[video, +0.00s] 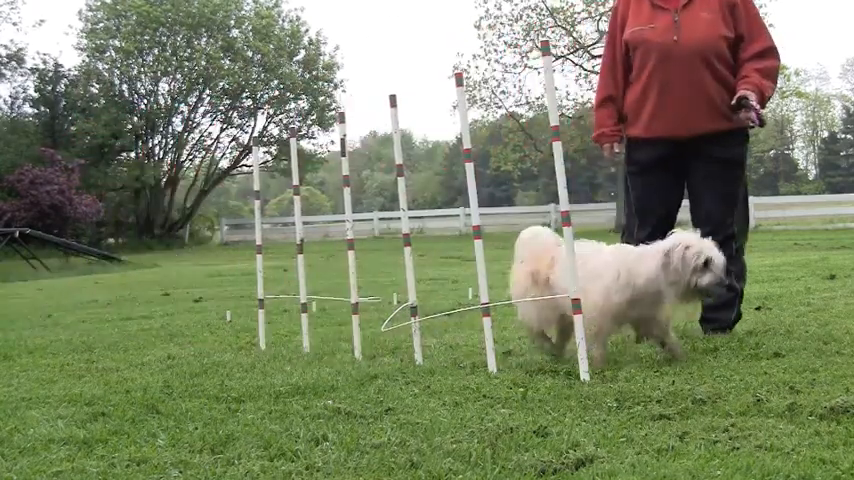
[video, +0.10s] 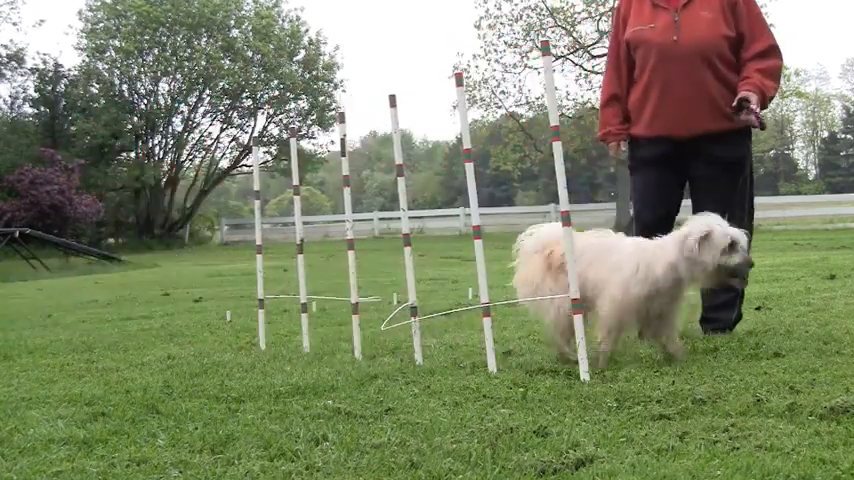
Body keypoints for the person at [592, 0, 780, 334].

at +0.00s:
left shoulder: (731, 4)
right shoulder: (628, 5)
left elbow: (760, 51)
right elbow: (613, 64)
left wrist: (751, 89)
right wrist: (608, 122)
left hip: (719, 134)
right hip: (649, 138)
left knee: (721, 235)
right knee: (644, 238)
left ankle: (719, 326)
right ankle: (644, 323)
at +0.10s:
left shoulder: (733, 4)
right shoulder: (630, 5)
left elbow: (762, 51)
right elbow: (617, 63)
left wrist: (753, 88)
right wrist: (613, 121)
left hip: (722, 134)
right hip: (652, 138)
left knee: (725, 234)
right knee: (646, 236)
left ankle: (719, 328)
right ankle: (646, 323)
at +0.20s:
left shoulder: (732, 4)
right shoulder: (630, 5)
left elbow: (763, 53)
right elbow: (618, 64)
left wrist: (754, 92)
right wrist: (614, 121)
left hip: (723, 133)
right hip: (652, 136)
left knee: (725, 233)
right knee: (645, 228)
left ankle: (719, 326)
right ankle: (652, 324)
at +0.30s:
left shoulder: (729, 4)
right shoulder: (629, 5)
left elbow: (759, 54)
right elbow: (616, 63)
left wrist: (750, 95)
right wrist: (612, 120)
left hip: (721, 133)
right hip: (650, 136)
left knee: (722, 233)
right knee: (643, 224)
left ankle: (722, 319)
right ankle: (658, 320)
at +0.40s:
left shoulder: (722, 4)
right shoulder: (624, 5)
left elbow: (753, 56)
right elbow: (610, 65)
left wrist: (744, 96)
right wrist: (607, 121)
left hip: (717, 137)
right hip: (646, 142)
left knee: (717, 239)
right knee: (647, 237)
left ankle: (715, 319)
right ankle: (652, 321)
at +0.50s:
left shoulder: (713, 4)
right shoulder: (618, 5)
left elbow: (744, 54)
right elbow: (604, 68)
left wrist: (738, 95)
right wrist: (602, 126)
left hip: (711, 141)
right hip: (640, 148)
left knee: (718, 244)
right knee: (644, 245)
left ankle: (721, 327)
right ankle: (650, 329)